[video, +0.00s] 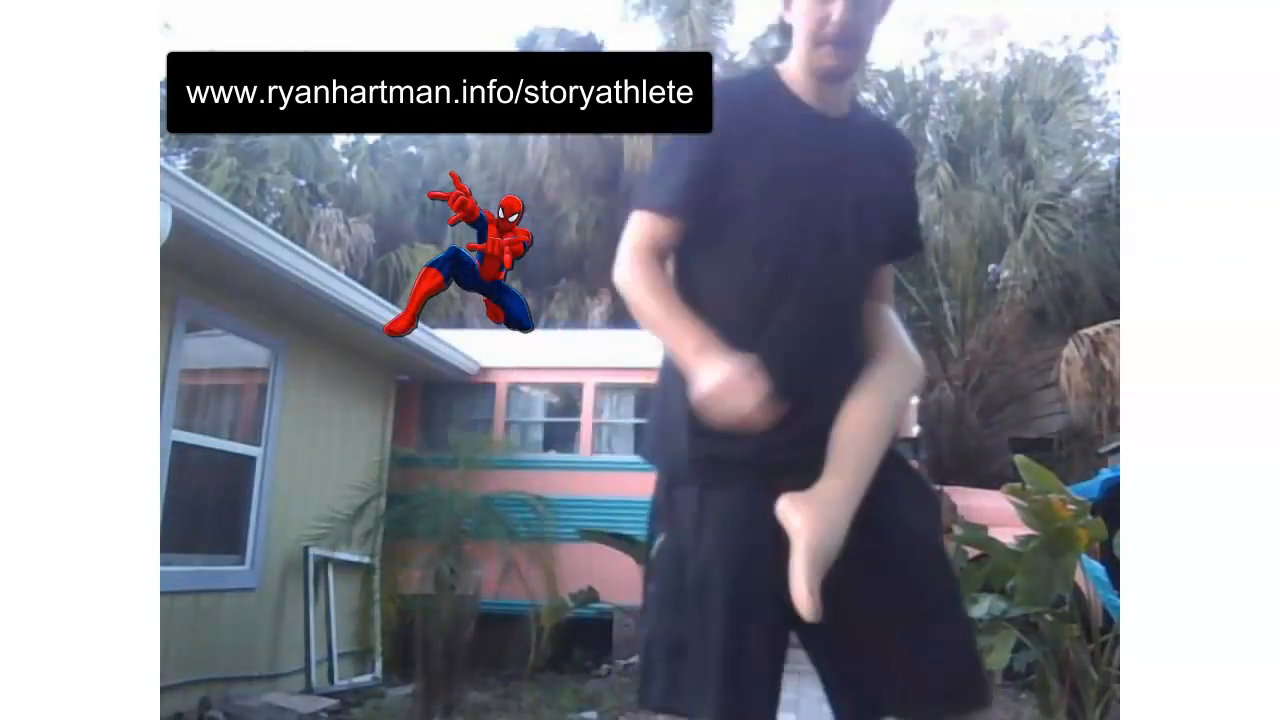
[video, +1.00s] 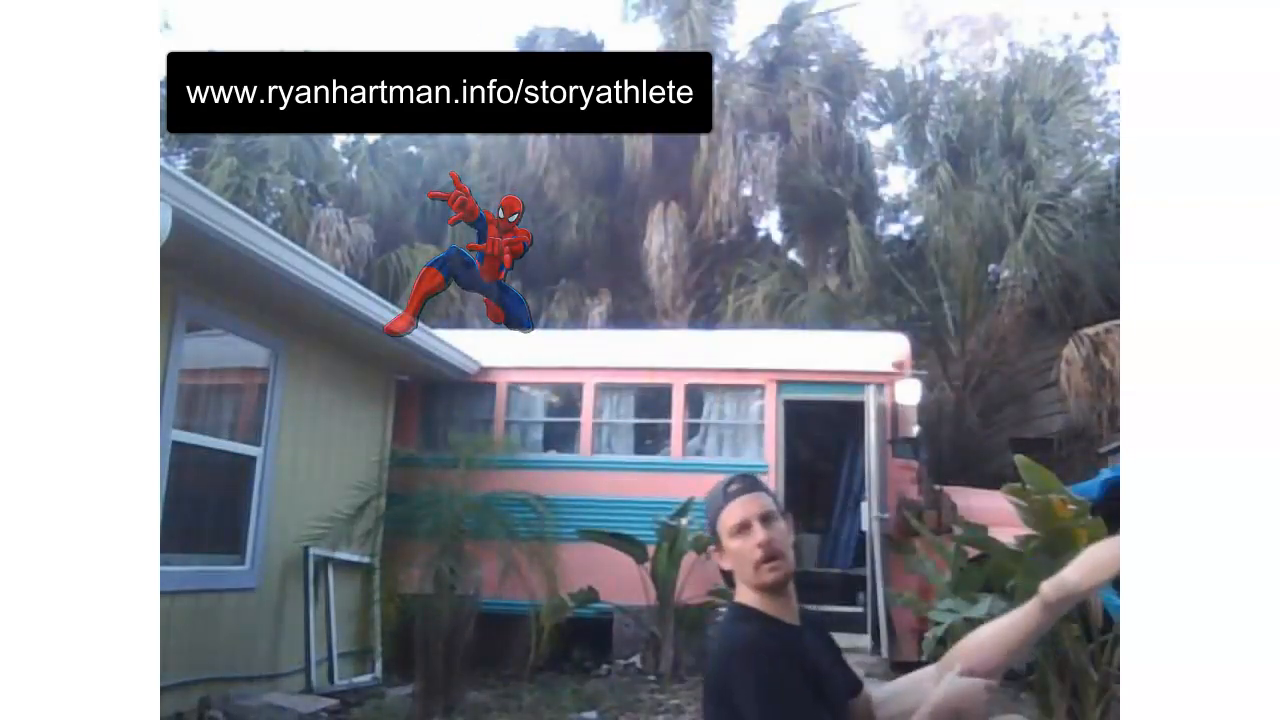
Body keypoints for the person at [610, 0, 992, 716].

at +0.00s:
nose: (837, 18)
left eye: (859, 2)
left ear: (882, 16)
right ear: (788, 9)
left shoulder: (887, 149)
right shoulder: (720, 114)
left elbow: (875, 301)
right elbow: (636, 260)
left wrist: (899, 364)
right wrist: (705, 360)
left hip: (859, 473)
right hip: (724, 478)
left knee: (931, 698)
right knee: (716, 705)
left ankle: (828, 508)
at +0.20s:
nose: (939, 285)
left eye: (957, 265)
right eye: (922, 261)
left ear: (974, 267)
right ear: (884, 253)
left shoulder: (962, 333)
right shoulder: (832, 344)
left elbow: (968, 446)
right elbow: (789, 518)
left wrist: (1011, 503)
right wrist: (782, 691)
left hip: (863, 514)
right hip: (782, 519)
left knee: (964, 650)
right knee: (887, 677)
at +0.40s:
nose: (852, 571)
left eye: (851, 556)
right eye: (848, 555)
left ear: (764, 549)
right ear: (821, 551)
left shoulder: (810, 631)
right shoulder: (741, 644)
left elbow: (916, 669)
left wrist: (1003, 518)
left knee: (947, 699)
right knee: (945, 700)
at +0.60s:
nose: (922, 579)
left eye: (934, 563)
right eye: (903, 558)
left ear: (947, 569)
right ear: (862, 561)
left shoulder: (895, 644)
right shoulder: (851, 649)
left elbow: (960, 695)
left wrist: (1095, 536)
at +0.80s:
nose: (825, 544)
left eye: (834, 527)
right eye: (804, 532)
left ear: (852, 539)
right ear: (776, 553)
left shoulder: (842, 639)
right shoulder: (772, 648)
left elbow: (969, 662)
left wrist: (1050, 536)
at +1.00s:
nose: (763, 538)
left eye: (769, 520)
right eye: (742, 532)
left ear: (790, 528)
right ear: (721, 560)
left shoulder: (793, 626)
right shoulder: (749, 648)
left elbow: (864, 706)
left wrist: (939, 674)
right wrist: (943, 709)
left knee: (951, 675)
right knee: (970, 702)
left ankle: (1062, 590)